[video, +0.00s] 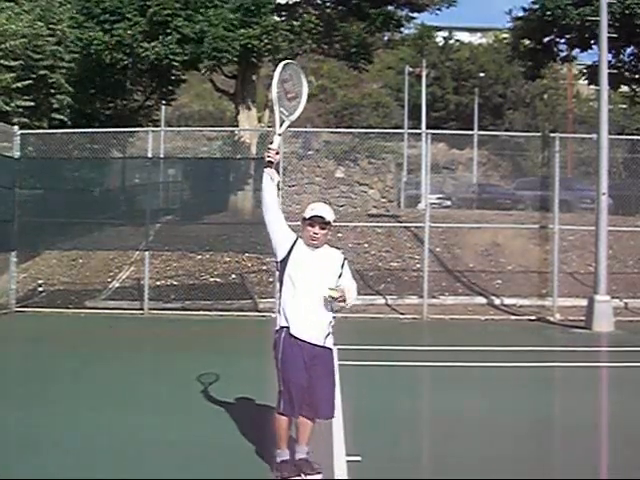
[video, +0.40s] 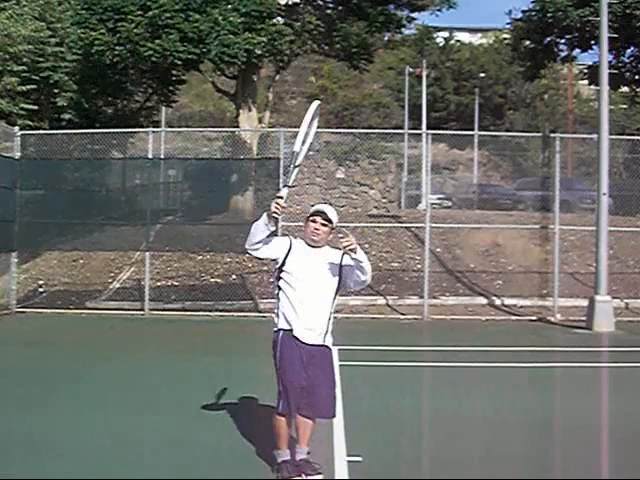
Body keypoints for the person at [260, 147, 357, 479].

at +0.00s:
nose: (316, 229)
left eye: (322, 225)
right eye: (311, 223)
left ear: (330, 229)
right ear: (302, 225)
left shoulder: (336, 259)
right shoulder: (289, 246)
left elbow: (352, 292)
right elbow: (271, 209)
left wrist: (344, 297)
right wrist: (270, 169)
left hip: (320, 339)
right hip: (291, 334)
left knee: (312, 401)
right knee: (289, 398)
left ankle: (302, 456)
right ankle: (282, 459)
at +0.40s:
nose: (316, 226)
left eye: (323, 224)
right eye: (313, 221)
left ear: (331, 231)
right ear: (304, 224)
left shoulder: (336, 257)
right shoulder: (289, 245)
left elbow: (363, 277)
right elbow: (254, 246)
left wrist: (355, 251)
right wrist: (269, 218)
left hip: (319, 337)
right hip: (289, 332)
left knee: (311, 398)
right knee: (288, 395)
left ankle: (301, 457)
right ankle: (283, 459)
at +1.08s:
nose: (318, 233)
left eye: (323, 229)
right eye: (314, 227)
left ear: (327, 231)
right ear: (303, 225)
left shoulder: (330, 255)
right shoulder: (282, 249)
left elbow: (357, 249)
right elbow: (252, 278)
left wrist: (345, 223)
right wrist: (270, 270)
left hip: (318, 335)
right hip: (287, 333)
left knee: (310, 397)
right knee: (286, 395)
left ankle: (302, 457)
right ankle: (283, 459)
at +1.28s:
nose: (308, 227)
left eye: (314, 223)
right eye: (304, 222)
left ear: (323, 229)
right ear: (296, 224)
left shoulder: (328, 256)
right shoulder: (279, 249)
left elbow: (358, 279)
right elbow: (252, 278)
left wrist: (352, 255)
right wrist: (265, 285)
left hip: (315, 338)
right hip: (283, 333)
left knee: (309, 397)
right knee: (284, 395)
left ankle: (302, 456)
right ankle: (281, 457)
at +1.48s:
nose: (310, 236)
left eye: (315, 231)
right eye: (304, 230)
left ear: (320, 233)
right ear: (293, 228)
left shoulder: (327, 261)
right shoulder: (273, 251)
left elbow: (341, 293)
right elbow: (248, 281)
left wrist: (339, 305)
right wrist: (260, 296)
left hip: (310, 339)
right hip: (278, 335)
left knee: (304, 397)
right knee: (271, 397)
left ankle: (300, 456)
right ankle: (255, 455)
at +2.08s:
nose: (287, 248)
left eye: (290, 244)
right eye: (284, 242)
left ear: (289, 242)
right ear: (268, 233)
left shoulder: (286, 261)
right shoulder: (240, 261)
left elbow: (292, 297)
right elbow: (235, 305)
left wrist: (308, 321)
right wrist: (242, 345)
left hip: (281, 341)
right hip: (251, 341)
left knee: (295, 391)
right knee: (248, 400)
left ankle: (292, 455)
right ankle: (238, 457)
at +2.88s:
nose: (328, 252)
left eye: (330, 248)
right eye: (327, 246)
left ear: (312, 242)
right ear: (308, 239)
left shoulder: (319, 276)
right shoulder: (277, 262)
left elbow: (331, 312)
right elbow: (272, 307)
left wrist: (357, 341)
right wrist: (293, 342)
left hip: (295, 347)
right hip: (263, 342)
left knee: (294, 405)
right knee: (249, 403)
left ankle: (298, 465)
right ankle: (228, 452)